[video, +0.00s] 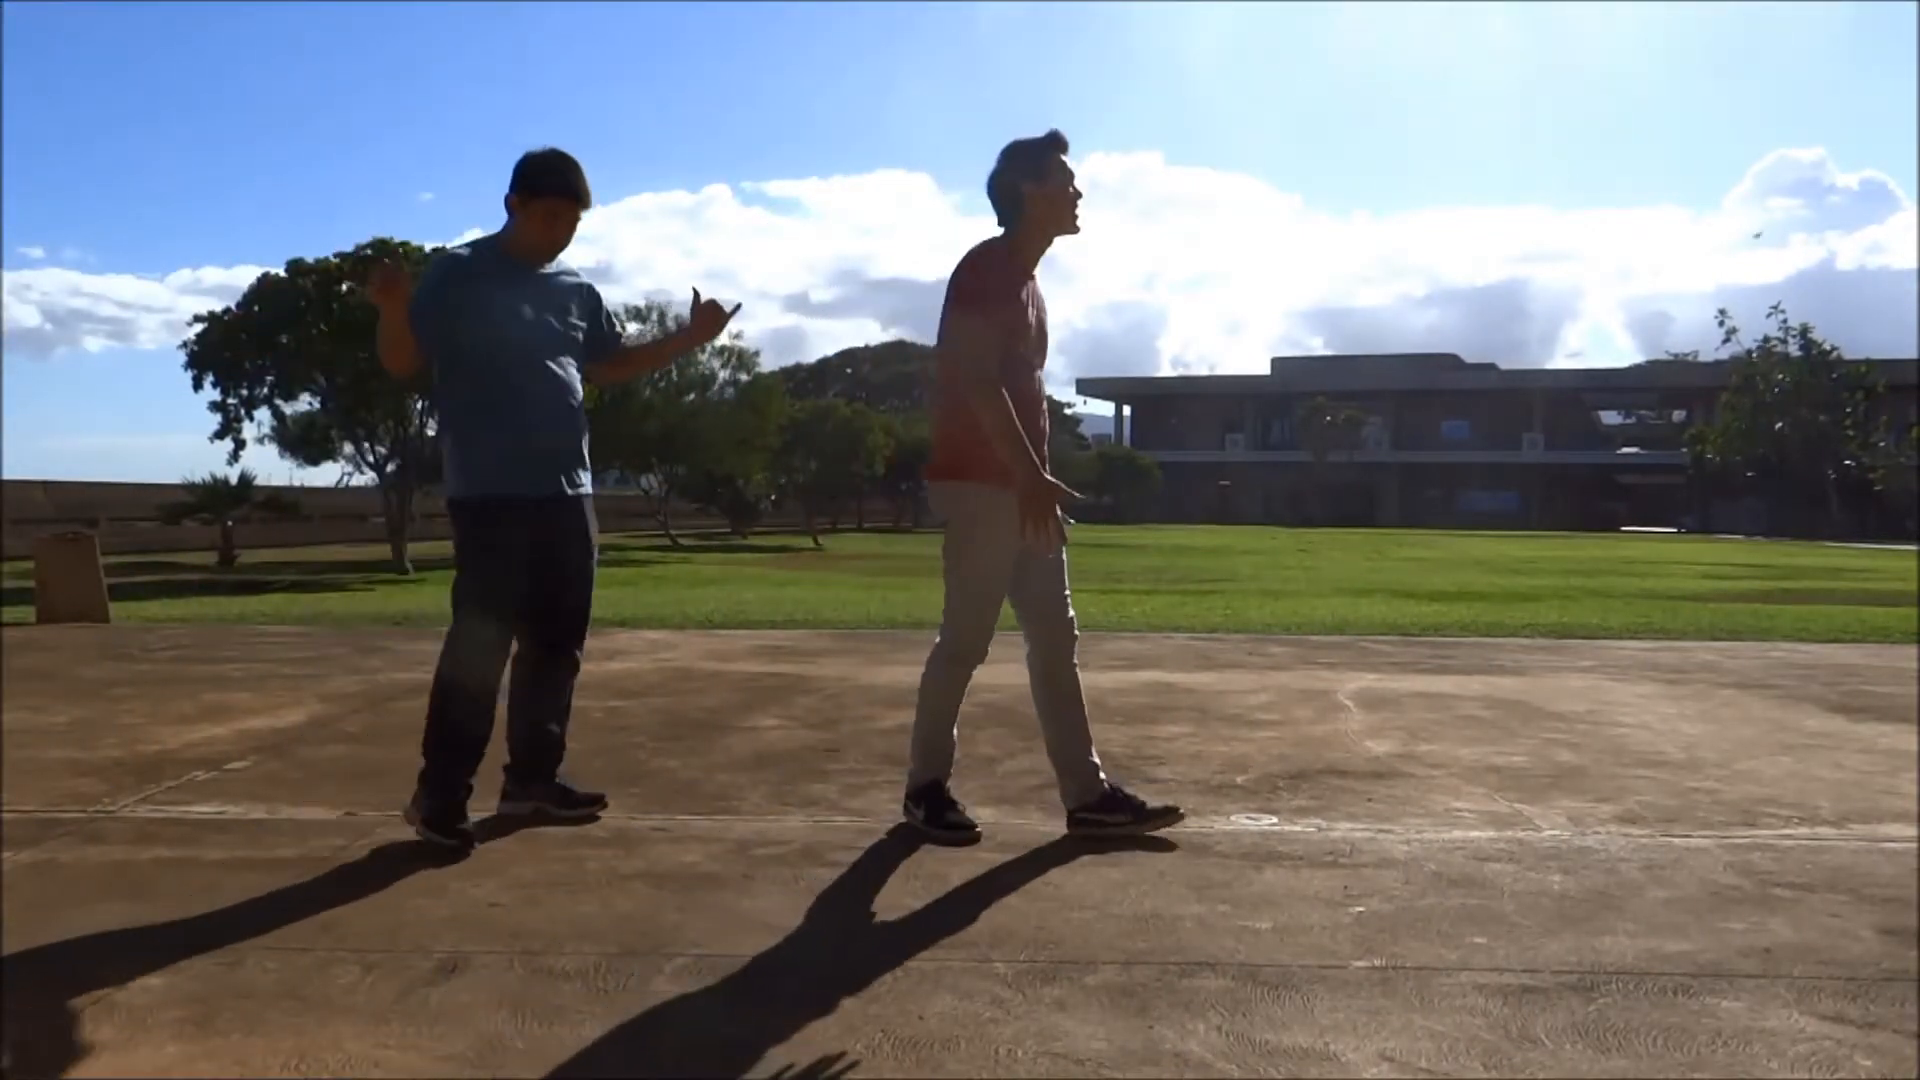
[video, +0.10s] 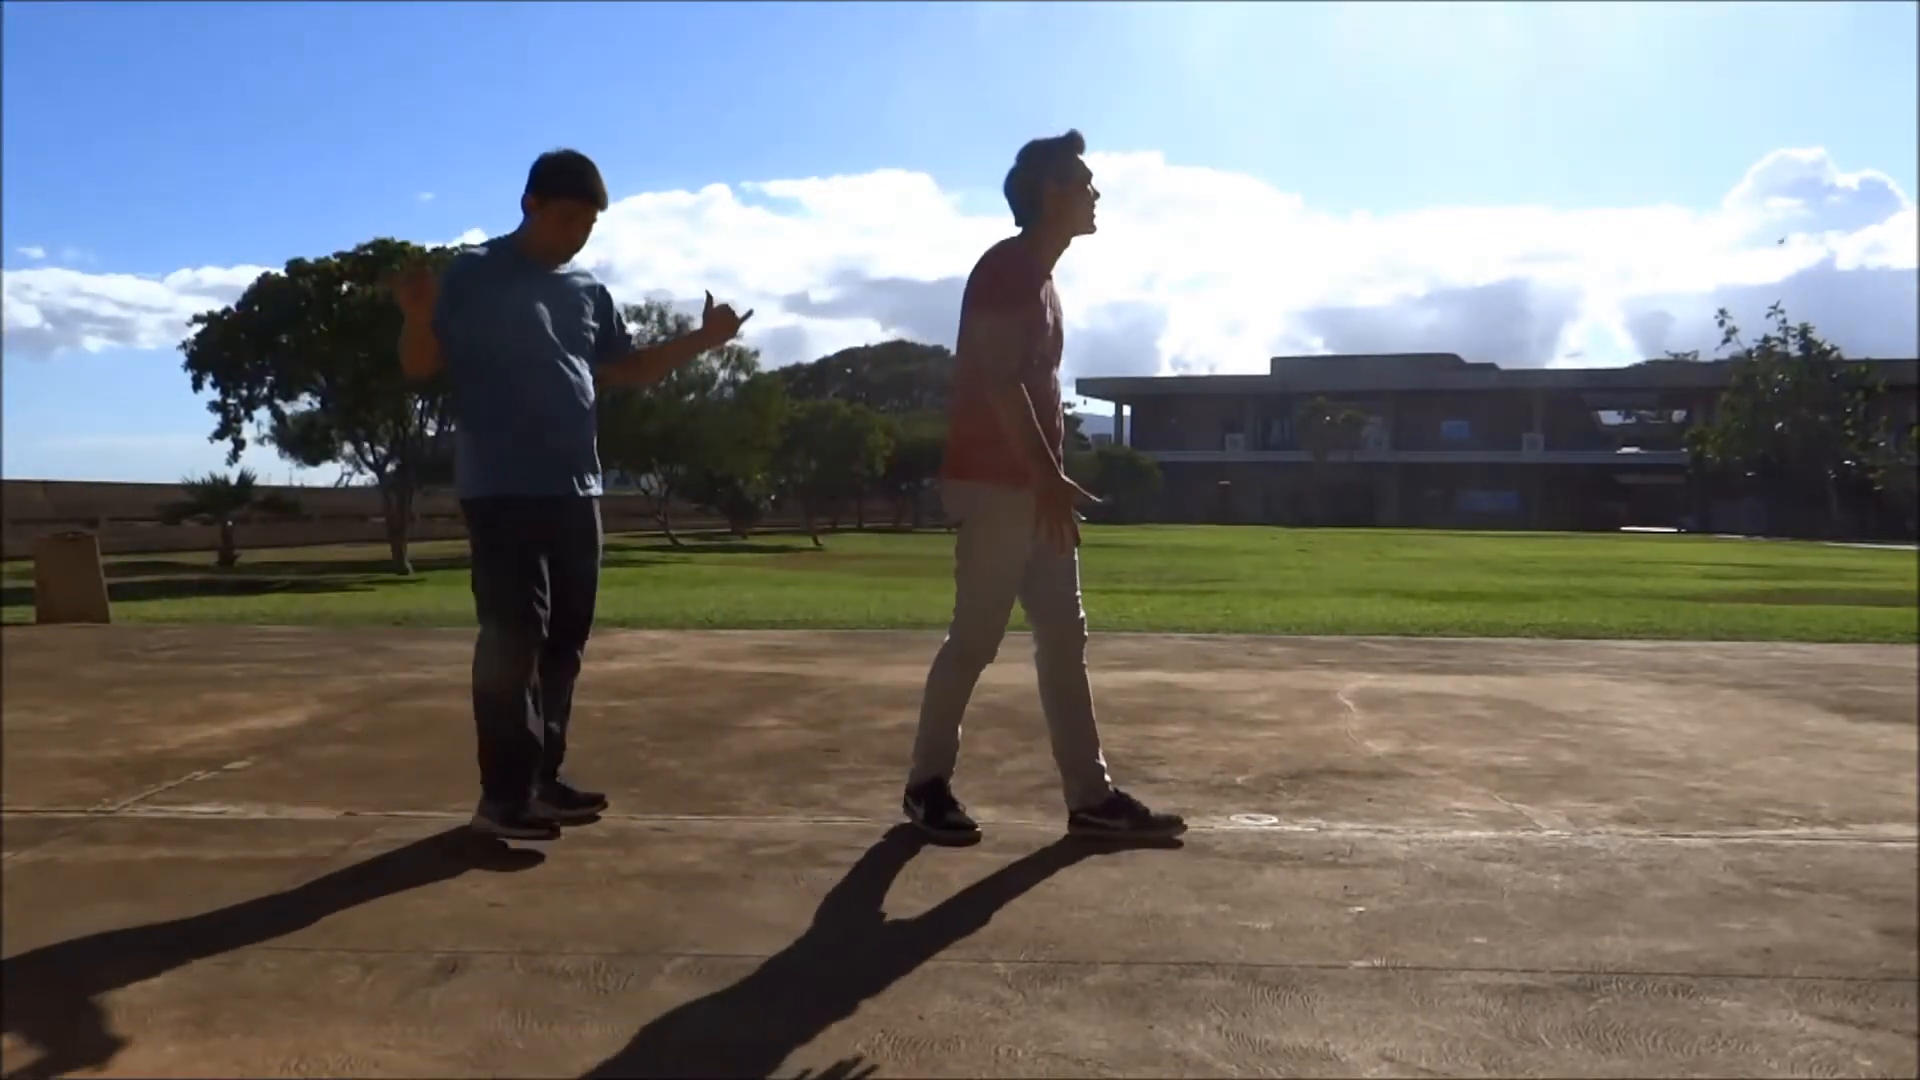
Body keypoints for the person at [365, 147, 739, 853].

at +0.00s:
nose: (569, 232)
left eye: (576, 219)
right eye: (561, 217)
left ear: (575, 217)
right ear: (522, 204)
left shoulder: (577, 294)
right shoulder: (451, 274)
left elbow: (606, 367)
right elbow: (402, 364)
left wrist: (692, 336)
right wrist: (393, 307)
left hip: (564, 491)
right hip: (486, 491)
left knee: (556, 641)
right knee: (479, 640)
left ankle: (535, 780)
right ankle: (441, 797)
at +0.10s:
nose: (586, 233)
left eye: (593, 221)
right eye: (579, 218)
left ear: (589, 218)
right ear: (538, 204)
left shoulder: (590, 293)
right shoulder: (469, 273)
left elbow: (617, 370)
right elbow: (420, 365)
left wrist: (703, 338)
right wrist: (417, 308)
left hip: (574, 488)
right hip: (500, 487)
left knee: (566, 637)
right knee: (515, 632)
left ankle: (544, 780)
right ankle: (503, 796)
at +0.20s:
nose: (600, 238)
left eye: (607, 225)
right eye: (594, 222)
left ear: (603, 220)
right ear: (552, 206)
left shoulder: (598, 291)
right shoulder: (484, 274)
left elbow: (627, 368)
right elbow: (435, 368)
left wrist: (717, 357)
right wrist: (438, 318)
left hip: (583, 486)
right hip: (514, 484)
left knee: (570, 631)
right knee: (550, 628)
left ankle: (528, 779)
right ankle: (564, 785)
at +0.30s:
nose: (613, 240)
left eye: (621, 227)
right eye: (608, 223)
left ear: (616, 223)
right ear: (566, 207)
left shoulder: (608, 293)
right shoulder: (501, 274)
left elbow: (639, 368)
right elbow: (453, 369)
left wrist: (731, 384)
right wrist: (462, 343)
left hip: (591, 485)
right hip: (527, 483)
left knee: (564, 626)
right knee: (575, 620)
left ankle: (530, 779)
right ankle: (615, 778)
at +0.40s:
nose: (630, 243)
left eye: (637, 230)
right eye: (626, 227)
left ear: (620, 223)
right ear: (586, 210)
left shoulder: (619, 293)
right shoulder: (516, 276)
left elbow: (641, 372)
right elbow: (469, 374)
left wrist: (725, 393)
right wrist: (488, 352)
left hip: (601, 488)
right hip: (542, 486)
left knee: (565, 627)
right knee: (595, 620)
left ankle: (530, 781)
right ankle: (644, 780)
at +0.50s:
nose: (646, 246)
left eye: (654, 233)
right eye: (643, 230)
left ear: (638, 225)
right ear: (603, 212)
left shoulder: (630, 293)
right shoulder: (533, 277)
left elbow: (646, 374)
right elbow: (489, 375)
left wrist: (730, 395)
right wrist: (516, 358)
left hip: (610, 492)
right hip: (556, 491)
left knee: (571, 632)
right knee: (610, 626)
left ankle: (531, 782)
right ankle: (654, 788)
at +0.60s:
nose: (663, 247)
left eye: (671, 234)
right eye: (660, 231)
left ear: (653, 225)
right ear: (620, 212)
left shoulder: (643, 292)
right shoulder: (553, 278)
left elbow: (658, 378)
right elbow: (514, 376)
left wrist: (742, 405)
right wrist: (538, 383)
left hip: (622, 495)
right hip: (576, 495)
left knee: (582, 632)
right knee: (622, 631)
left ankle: (533, 779)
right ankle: (659, 793)